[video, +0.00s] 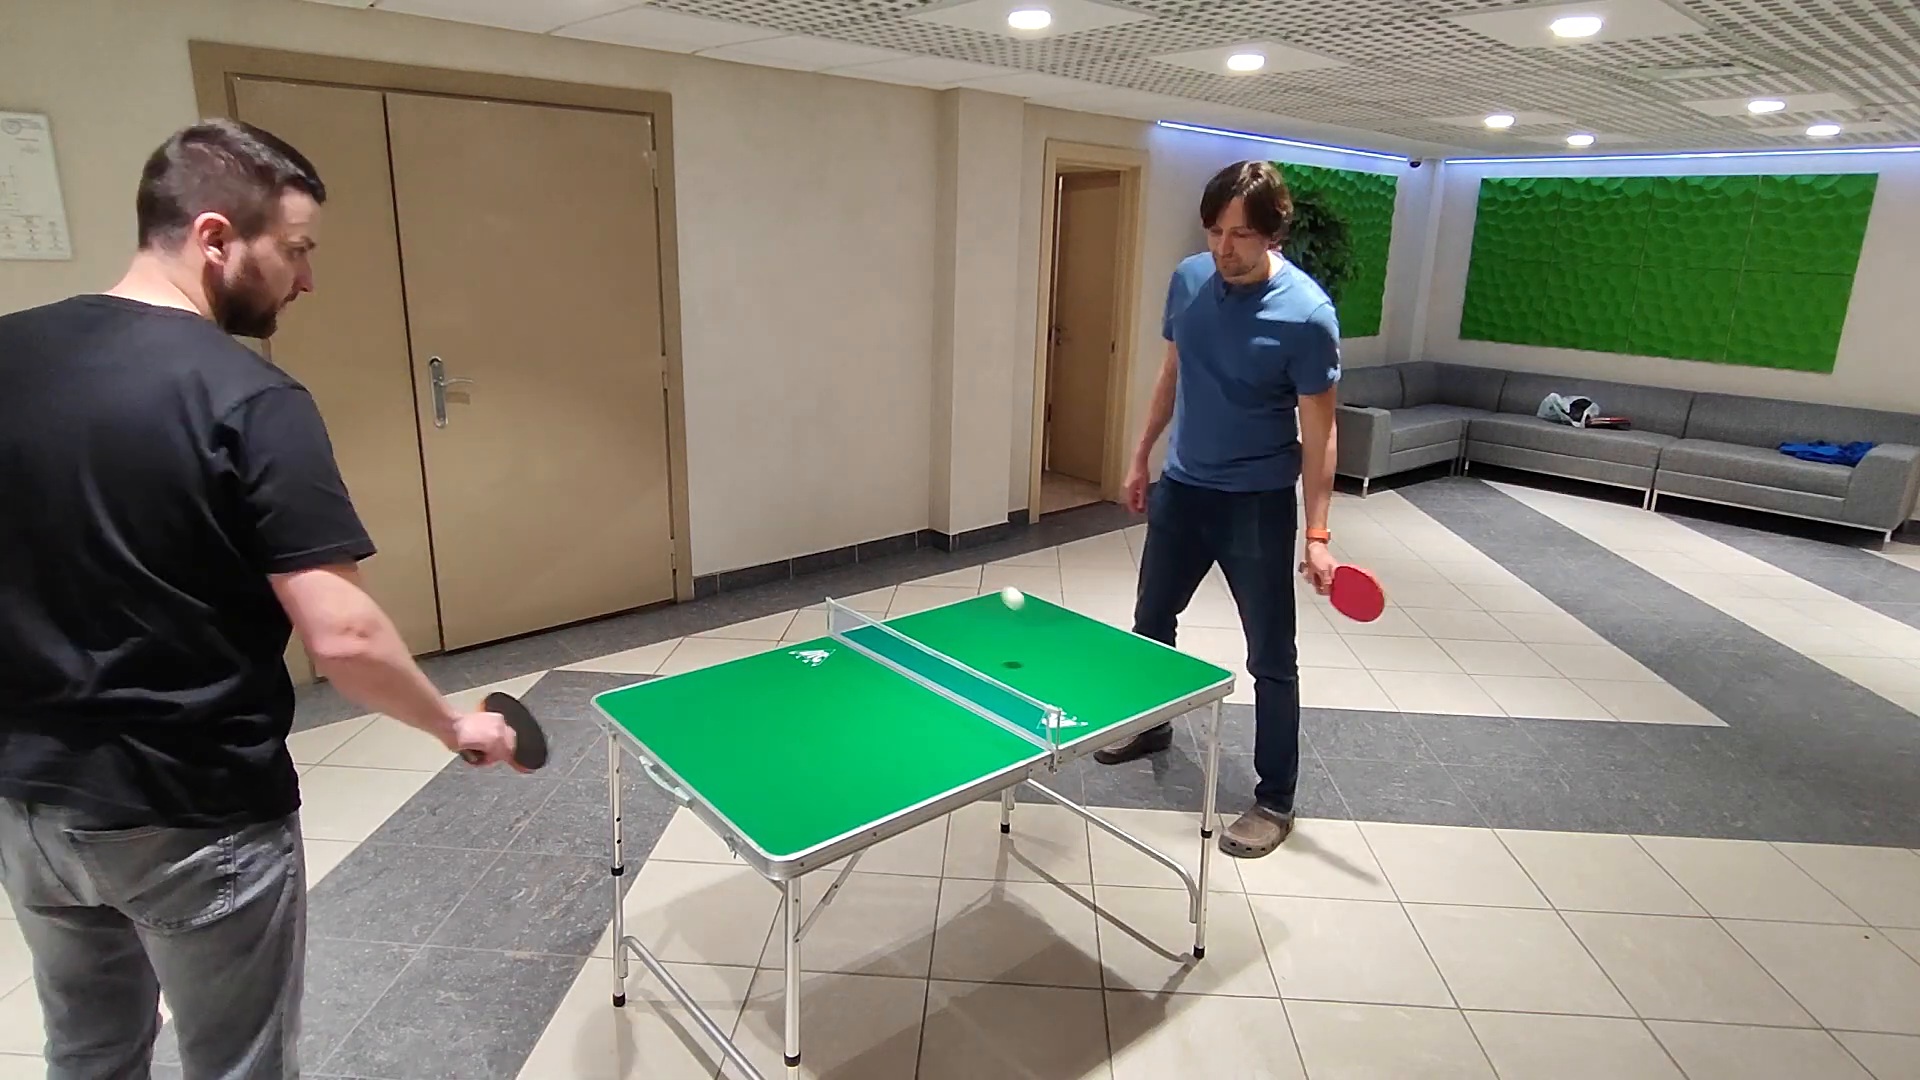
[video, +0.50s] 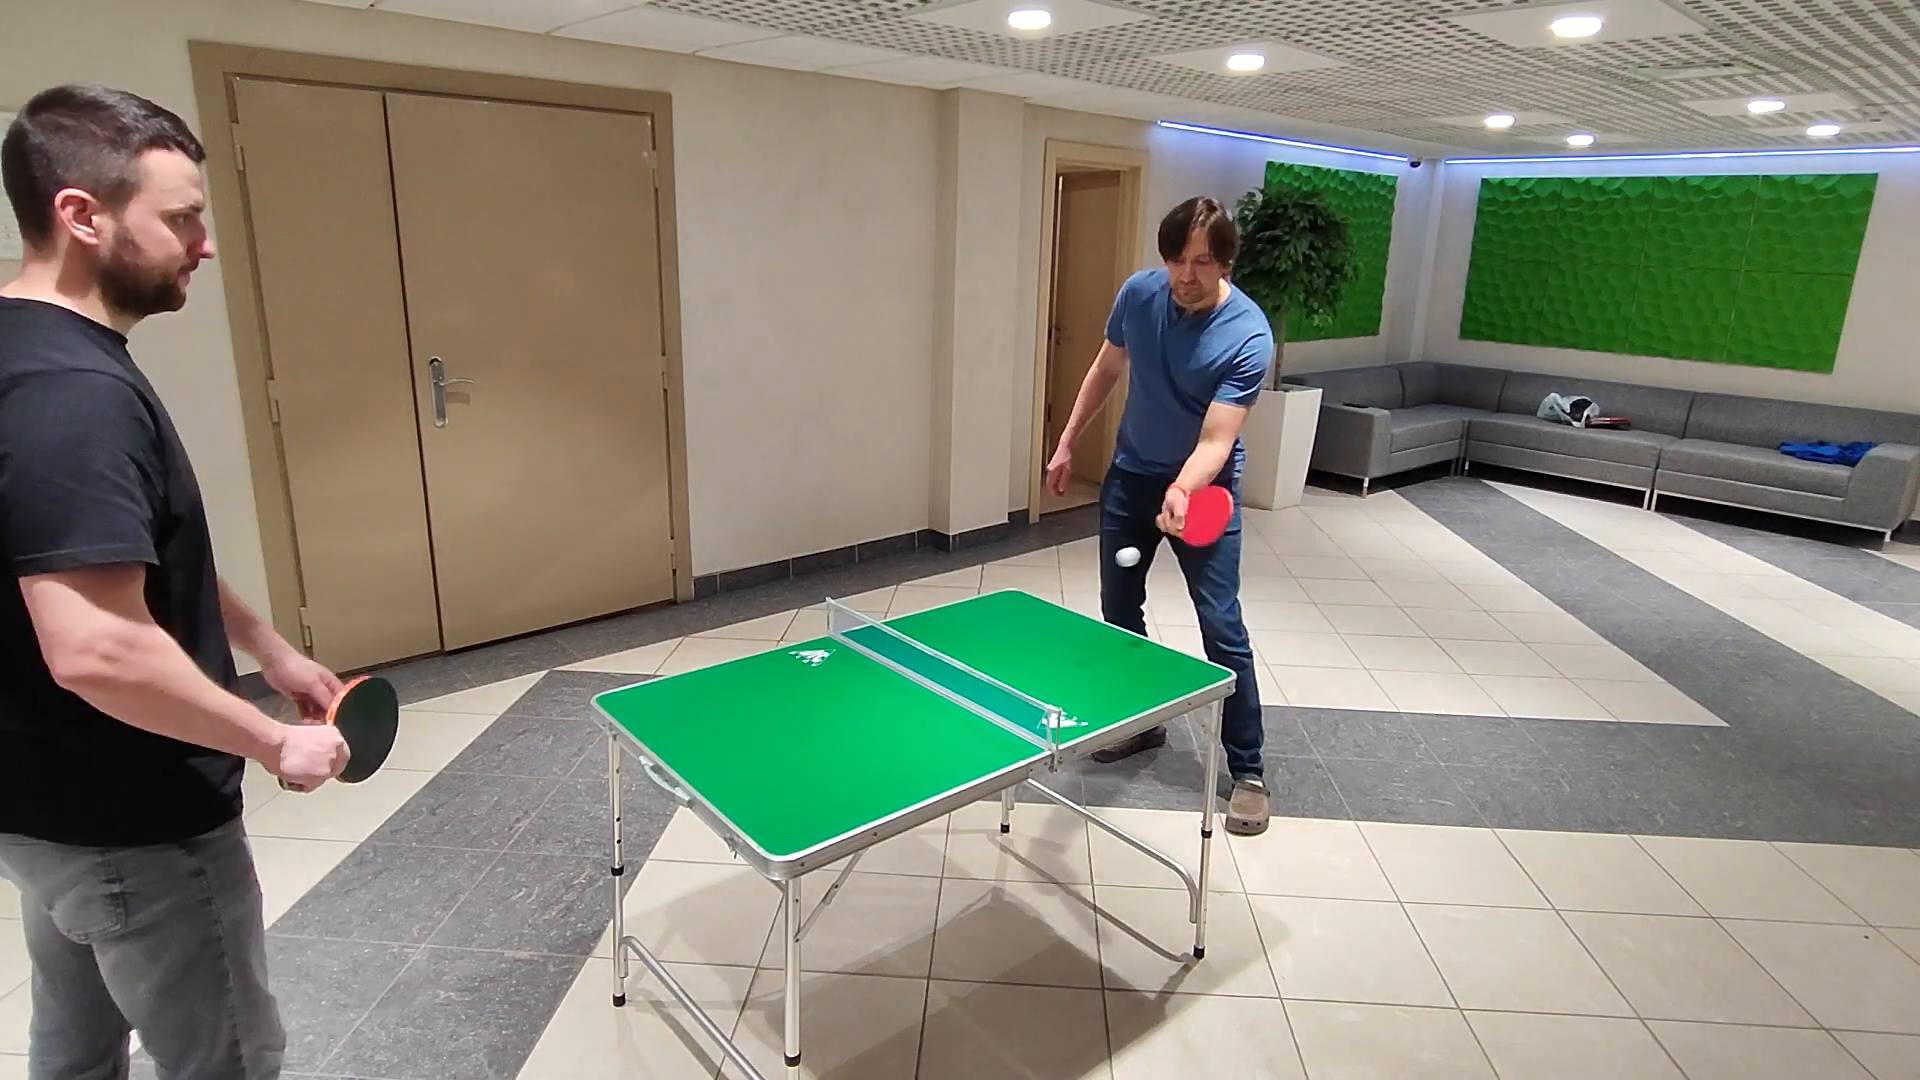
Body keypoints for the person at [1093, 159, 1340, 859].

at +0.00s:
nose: (1225, 247)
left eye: (1241, 235)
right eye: (1216, 232)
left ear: (1275, 233)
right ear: (1206, 226)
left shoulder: (1307, 316)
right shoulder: (1189, 279)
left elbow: (1319, 434)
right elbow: (1173, 371)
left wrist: (1316, 533)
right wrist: (1141, 454)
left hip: (1260, 500)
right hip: (1183, 488)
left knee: (1271, 659)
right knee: (1151, 618)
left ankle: (1273, 803)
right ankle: (1146, 725)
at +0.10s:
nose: (1219, 258)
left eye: (1236, 247)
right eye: (1210, 243)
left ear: (1264, 246)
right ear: (1198, 237)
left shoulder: (1293, 324)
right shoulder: (1169, 289)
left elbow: (1308, 437)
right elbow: (1139, 376)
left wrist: (1319, 534)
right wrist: (1107, 456)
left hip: (1243, 499)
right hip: (1164, 488)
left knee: (1255, 651)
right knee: (1139, 618)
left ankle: (1272, 803)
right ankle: (1138, 723)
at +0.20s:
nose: (1209, 273)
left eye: (1225, 261)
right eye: (1199, 256)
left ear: (1250, 261)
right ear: (1185, 249)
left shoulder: (1273, 339)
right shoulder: (1154, 300)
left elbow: (1277, 457)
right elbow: (1113, 381)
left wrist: (1278, 552)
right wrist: (1079, 458)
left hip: (1227, 499)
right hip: (1150, 487)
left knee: (1240, 641)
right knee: (1125, 613)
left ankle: (1270, 799)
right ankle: (1137, 724)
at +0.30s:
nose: (1198, 284)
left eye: (1213, 273)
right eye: (1189, 269)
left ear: (1238, 271)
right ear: (1177, 262)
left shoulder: (1259, 351)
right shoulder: (1150, 301)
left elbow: (1242, 461)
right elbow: (1105, 379)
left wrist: (1222, 551)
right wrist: (1063, 453)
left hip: (1212, 498)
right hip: (1138, 484)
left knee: (1232, 641)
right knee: (1119, 611)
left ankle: (1261, 788)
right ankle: (1139, 720)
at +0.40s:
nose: (1193, 286)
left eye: (1208, 275)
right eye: (1184, 270)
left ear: (1233, 273)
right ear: (1172, 262)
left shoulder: (1250, 349)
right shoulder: (1147, 299)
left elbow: (1222, 454)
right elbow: (1104, 373)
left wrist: (1191, 525)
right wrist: (1061, 446)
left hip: (1208, 491)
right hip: (1135, 478)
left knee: (1224, 631)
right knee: (1115, 605)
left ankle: (1252, 778)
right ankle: (1138, 720)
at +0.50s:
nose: (1186, 275)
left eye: (1201, 263)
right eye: (1177, 260)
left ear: (1226, 263)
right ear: (1164, 255)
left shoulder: (1247, 339)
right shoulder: (1141, 294)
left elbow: (1218, 439)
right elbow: (1107, 366)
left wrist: (1182, 488)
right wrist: (1066, 441)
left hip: (1203, 486)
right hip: (1132, 476)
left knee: (1221, 628)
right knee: (1119, 610)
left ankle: (1248, 773)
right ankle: (1140, 721)